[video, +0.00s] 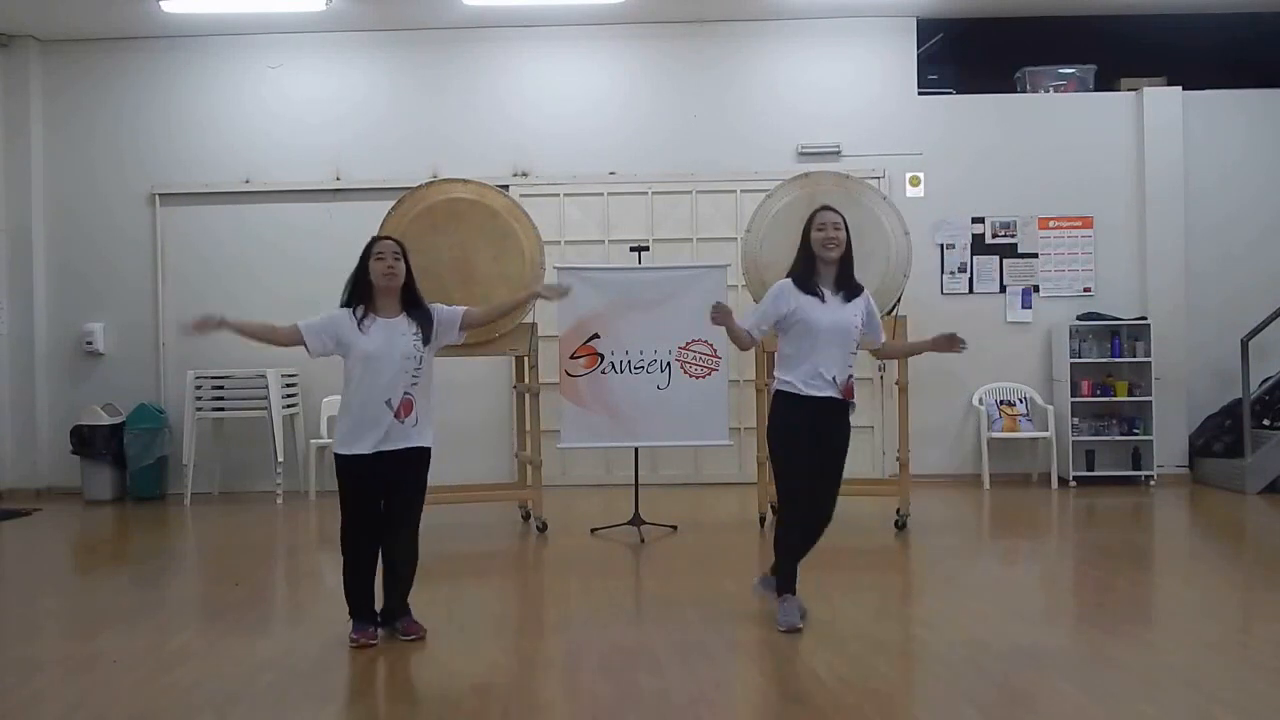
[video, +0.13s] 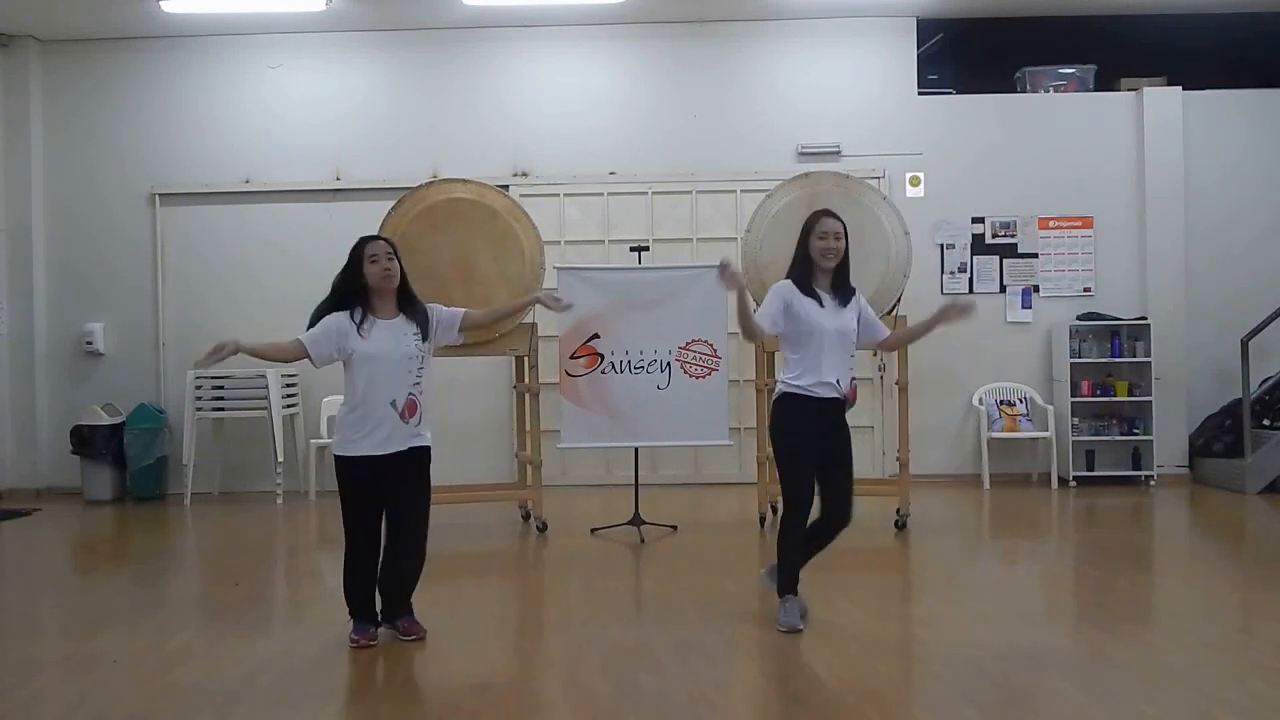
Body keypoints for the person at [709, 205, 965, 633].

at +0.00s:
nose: (829, 233)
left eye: (836, 227)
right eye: (820, 228)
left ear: (847, 239)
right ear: (807, 239)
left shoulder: (859, 297)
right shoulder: (787, 290)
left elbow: (881, 350)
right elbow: (747, 340)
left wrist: (931, 344)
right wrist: (729, 322)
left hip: (835, 411)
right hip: (790, 408)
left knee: (822, 509)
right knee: (794, 503)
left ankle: (775, 576)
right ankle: (787, 596)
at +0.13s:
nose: (831, 244)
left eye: (838, 237)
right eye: (822, 237)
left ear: (846, 245)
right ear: (806, 243)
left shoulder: (851, 297)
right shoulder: (786, 290)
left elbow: (887, 341)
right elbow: (755, 335)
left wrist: (937, 318)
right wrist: (738, 292)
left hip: (833, 412)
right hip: (793, 409)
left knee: (837, 514)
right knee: (797, 505)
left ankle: (780, 571)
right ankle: (789, 598)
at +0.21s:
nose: (833, 237)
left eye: (840, 231)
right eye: (824, 230)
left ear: (848, 240)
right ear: (809, 238)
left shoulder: (853, 293)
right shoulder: (794, 283)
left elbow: (904, 309)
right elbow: (774, 290)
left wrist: (935, 266)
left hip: (838, 405)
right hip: (798, 404)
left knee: (868, 499)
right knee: (802, 501)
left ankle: (820, 569)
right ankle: (788, 596)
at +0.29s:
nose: (835, 231)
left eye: (842, 224)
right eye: (827, 225)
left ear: (851, 235)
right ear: (812, 235)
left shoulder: (858, 287)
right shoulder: (802, 284)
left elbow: (910, 288)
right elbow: (800, 271)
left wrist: (930, 240)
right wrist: (807, 213)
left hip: (843, 402)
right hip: (803, 404)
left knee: (883, 490)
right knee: (802, 503)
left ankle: (855, 577)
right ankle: (788, 597)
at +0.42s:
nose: (843, 224)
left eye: (849, 219)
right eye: (833, 220)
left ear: (860, 231)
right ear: (819, 236)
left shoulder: (873, 283)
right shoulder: (812, 275)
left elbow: (919, 272)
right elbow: (850, 260)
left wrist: (923, 217)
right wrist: (860, 197)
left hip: (862, 403)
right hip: (819, 404)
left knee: (904, 492)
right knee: (808, 503)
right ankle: (789, 597)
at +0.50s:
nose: (851, 230)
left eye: (856, 224)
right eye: (840, 226)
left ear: (868, 233)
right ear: (825, 242)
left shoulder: (880, 281)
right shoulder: (821, 279)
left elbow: (926, 274)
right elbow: (865, 267)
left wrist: (921, 222)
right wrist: (886, 210)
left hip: (876, 405)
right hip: (831, 406)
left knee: (915, 499)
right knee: (815, 505)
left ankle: (950, 589)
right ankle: (790, 597)